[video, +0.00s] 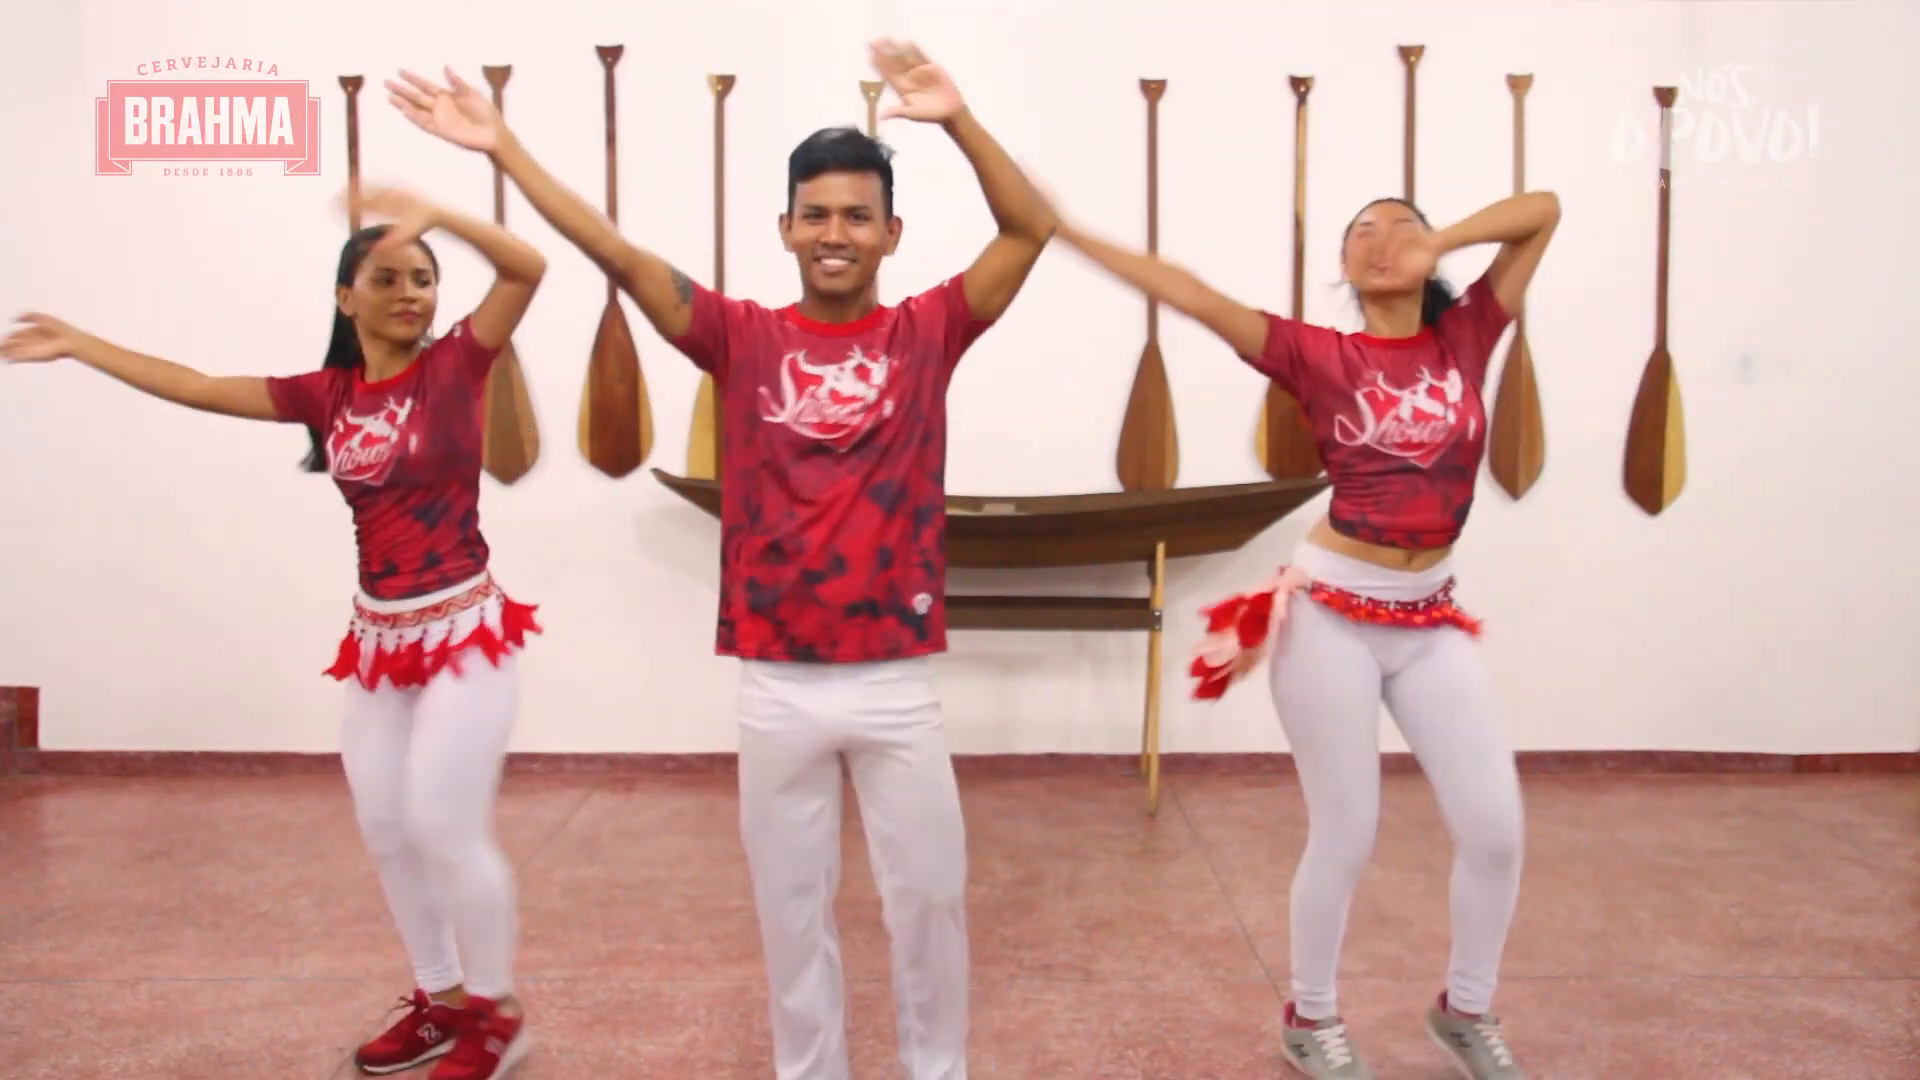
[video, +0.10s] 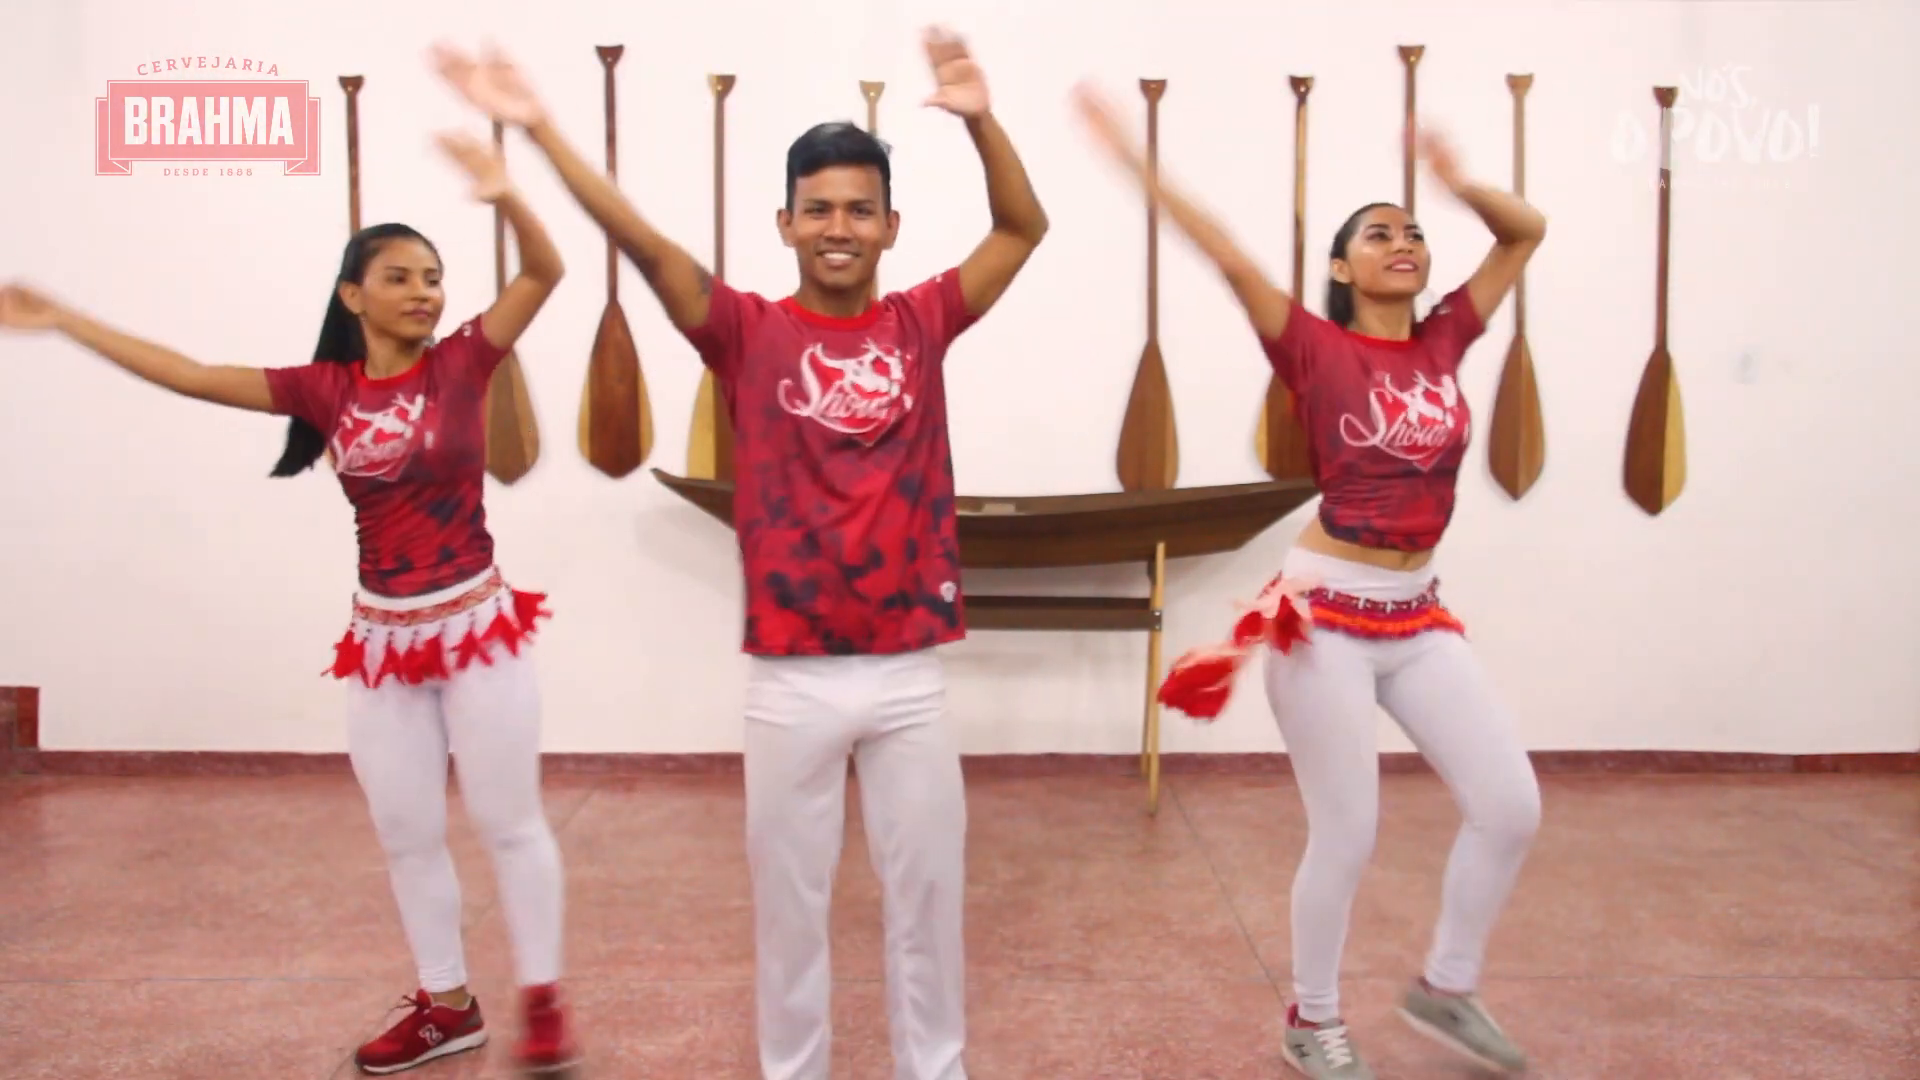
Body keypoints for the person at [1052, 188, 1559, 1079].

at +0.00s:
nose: (1381, 234)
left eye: (1400, 226)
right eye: (1363, 229)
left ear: (1431, 262)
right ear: (1345, 267)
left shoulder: (1465, 340)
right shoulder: (1321, 354)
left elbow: (1541, 212)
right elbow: (1190, 294)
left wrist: (1441, 240)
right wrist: (1071, 232)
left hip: (1428, 620)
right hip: (1329, 615)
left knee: (1495, 826)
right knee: (1346, 828)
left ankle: (1468, 1011)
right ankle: (1312, 1019)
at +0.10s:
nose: (1401, 244)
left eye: (1412, 238)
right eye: (1379, 236)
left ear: (1425, 269)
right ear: (1343, 269)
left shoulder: (1443, 346)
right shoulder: (1315, 349)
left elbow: (1525, 232)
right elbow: (1224, 249)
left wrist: (1457, 178)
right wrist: (1134, 159)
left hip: (1414, 619)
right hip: (1319, 615)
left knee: (1510, 805)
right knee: (1345, 824)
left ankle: (1447, 988)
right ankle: (1314, 1022)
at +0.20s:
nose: (1401, 242)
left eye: (1407, 232)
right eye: (1377, 232)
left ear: (1417, 263)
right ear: (1331, 263)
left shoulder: (1426, 335)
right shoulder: (1313, 333)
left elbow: (1505, 235)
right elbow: (1276, 211)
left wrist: (1514, 125)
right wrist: (1232, 81)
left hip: (1409, 607)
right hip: (1322, 607)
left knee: (1498, 796)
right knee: (1345, 823)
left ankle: (1414, 943)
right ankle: (1313, 1019)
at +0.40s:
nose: (1391, 244)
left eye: (1399, 236)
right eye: (1371, 234)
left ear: (1408, 264)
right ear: (1334, 260)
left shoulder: (1414, 337)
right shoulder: (1317, 330)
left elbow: (1507, 262)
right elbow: (1324, 188)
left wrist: (1589, 171)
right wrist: (1402, 62)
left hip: (1411, 597)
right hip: (1336, 597)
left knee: (1413, 780)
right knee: (1358, 819)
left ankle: (1378, 916)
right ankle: (1311, 1019)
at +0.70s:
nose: (1405, 283)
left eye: (1411, 272)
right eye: (1388, 270)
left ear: (1418, 290)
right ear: (1353, 286)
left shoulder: (1410, 365)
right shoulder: (1333, 355)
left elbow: (1513, 341)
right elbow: (1381, 220)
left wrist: (1620, 313)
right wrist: (1497, 204)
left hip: (1400, 605)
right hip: (1341, 606)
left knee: (1400, 784)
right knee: (1364, 800)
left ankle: (1353, 945)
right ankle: (1310, 1018)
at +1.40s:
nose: (1391, 292)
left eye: (1409, 276)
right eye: (1380, 277)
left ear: (1434, 290)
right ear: (1358, 289)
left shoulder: (1449, 368)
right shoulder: (1329, 351)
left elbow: (1548, 306)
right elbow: (1321, 241)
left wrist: (1663, 241)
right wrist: (1440, 214)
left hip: (1434, 585)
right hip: (1339, 584)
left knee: (1417, 770)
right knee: (1302, 766)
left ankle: (1391, 927)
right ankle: (1282, 919)